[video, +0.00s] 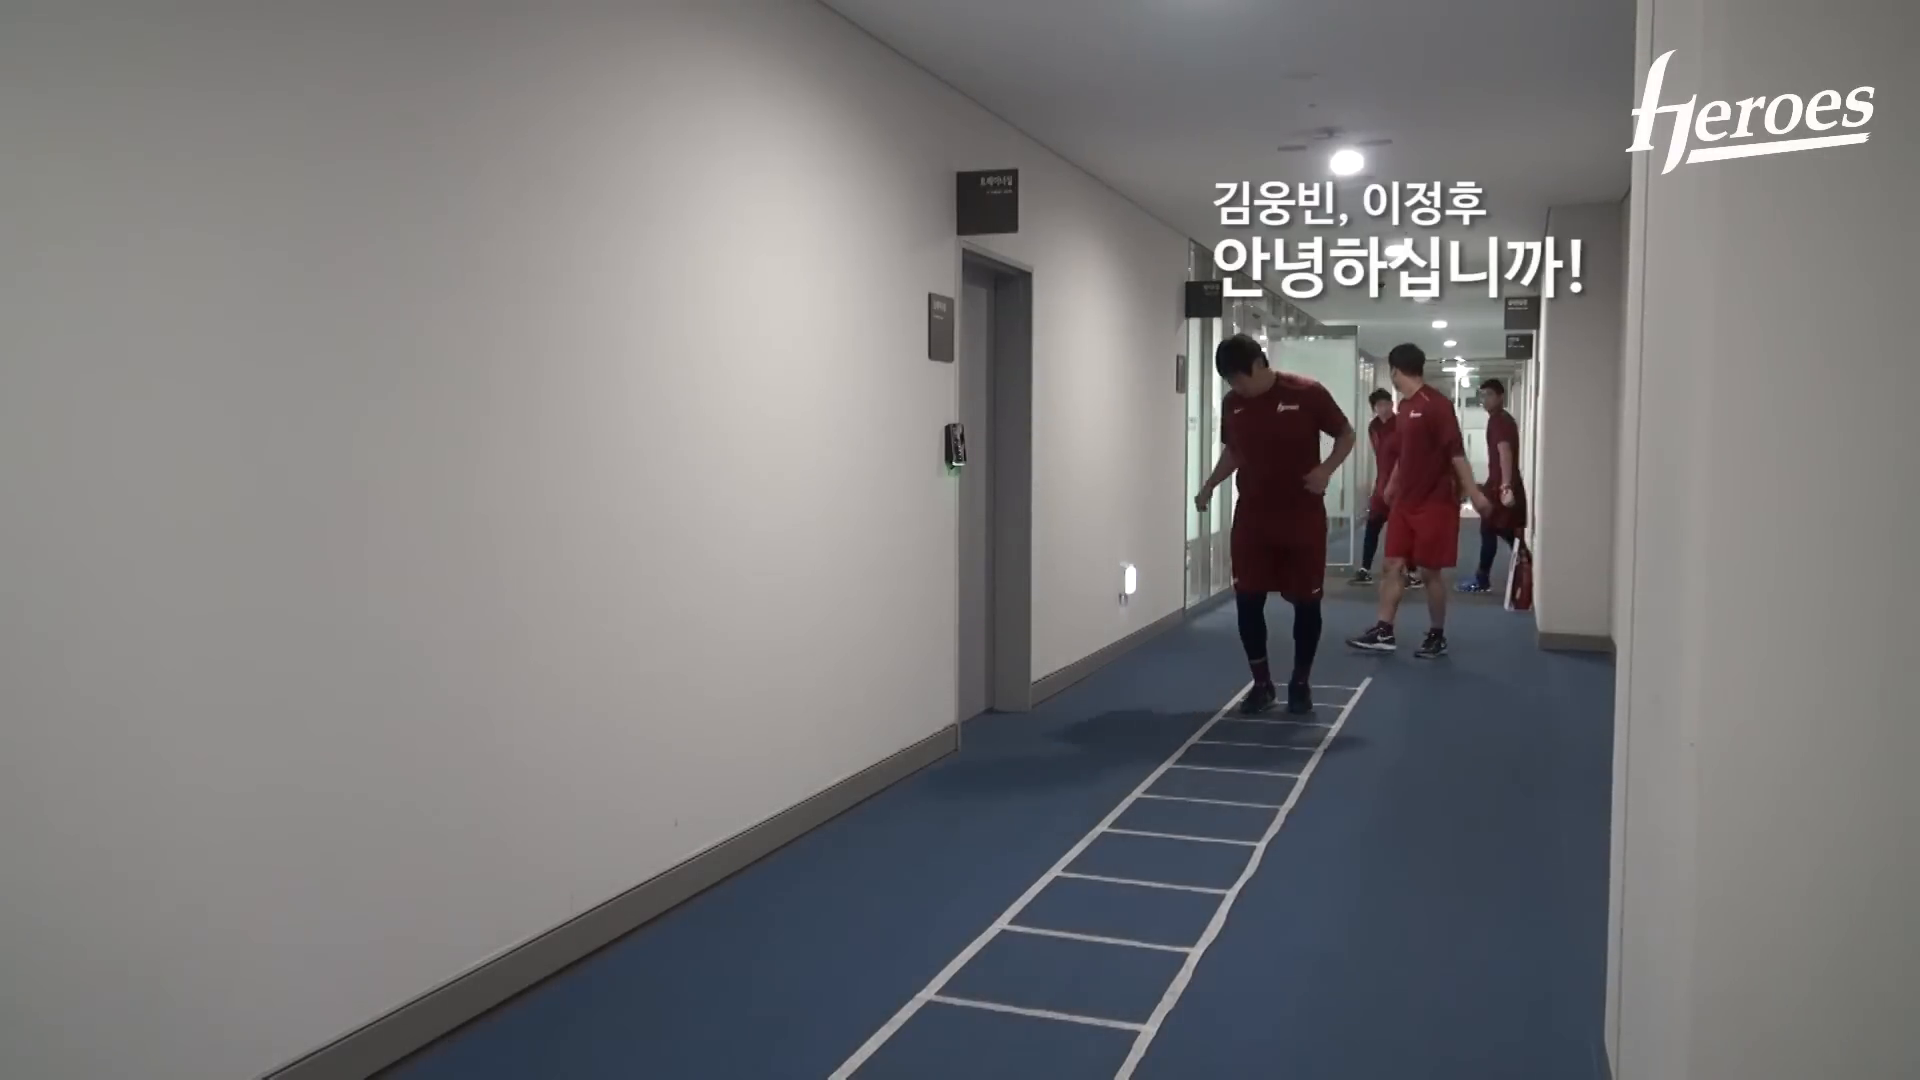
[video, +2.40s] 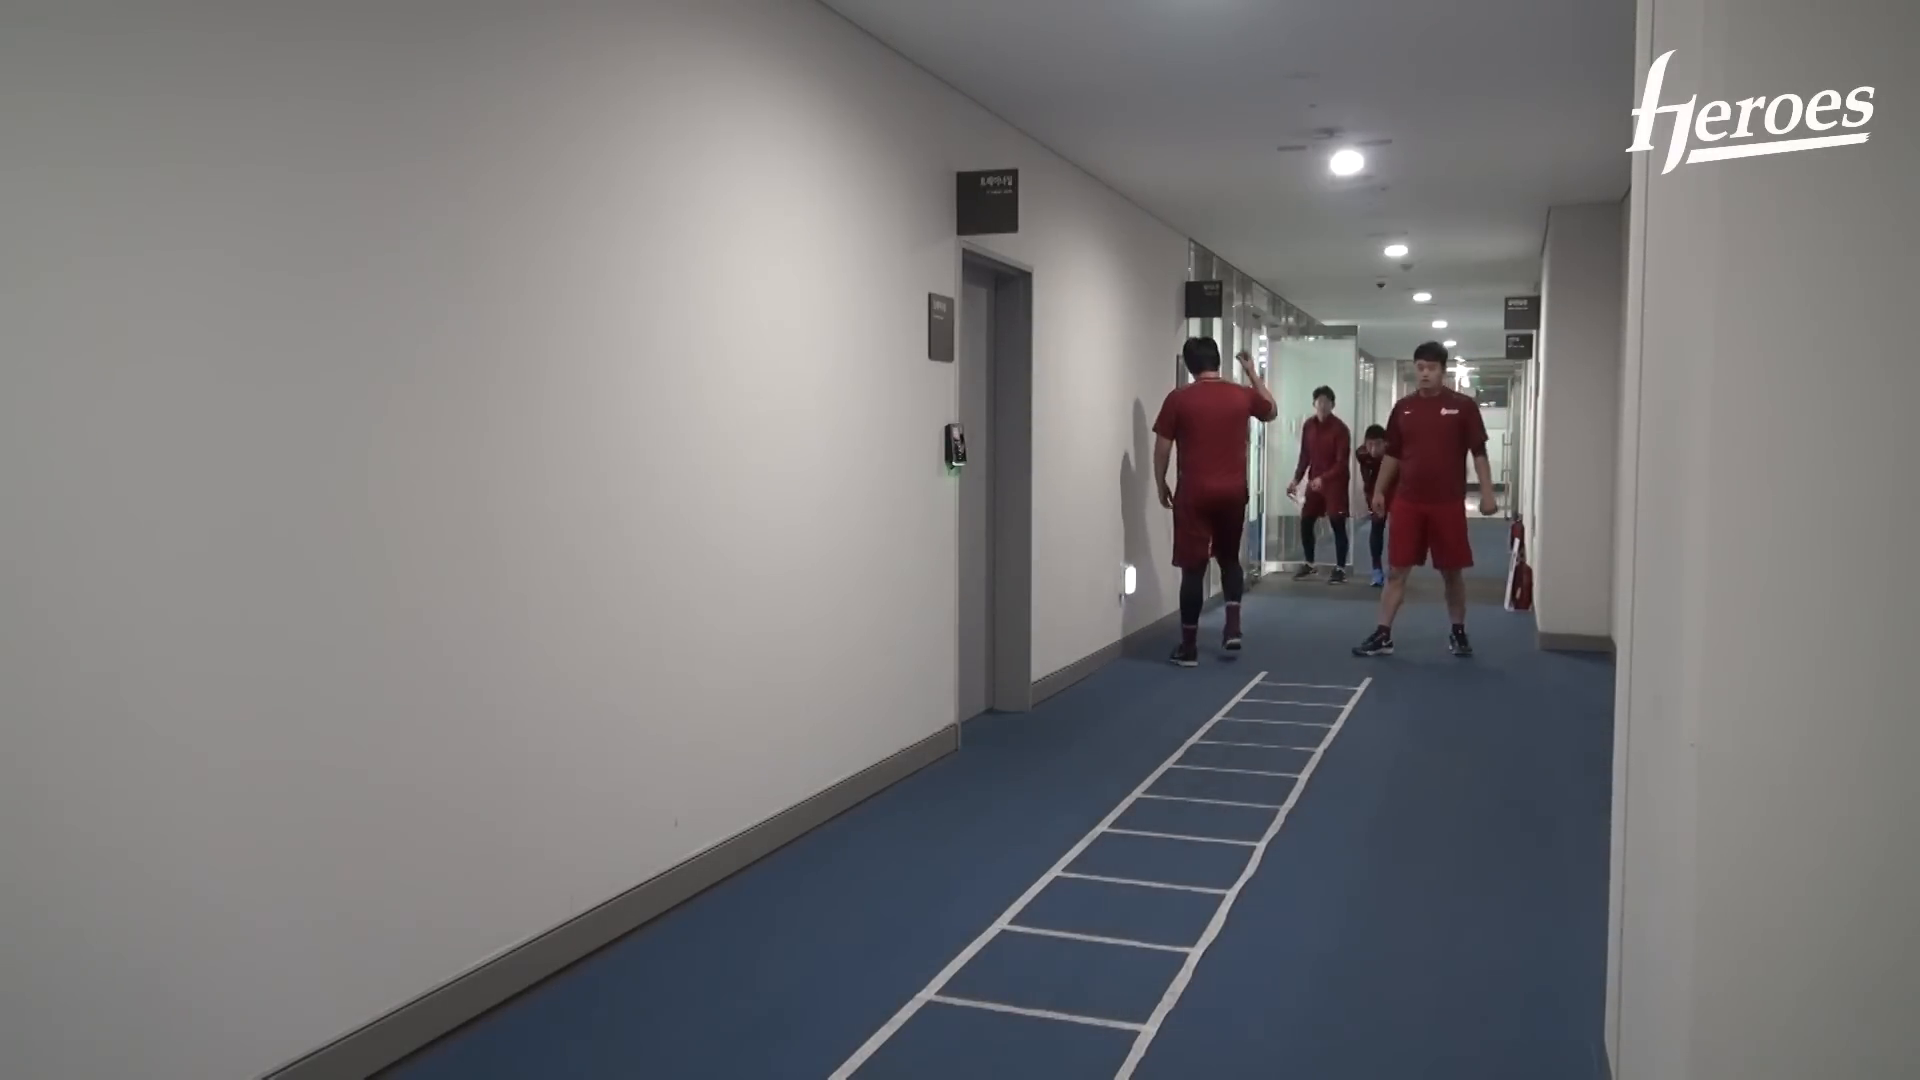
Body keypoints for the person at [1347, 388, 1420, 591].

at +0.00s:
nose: (1383, 409)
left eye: (1386, 404)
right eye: (1379, 405)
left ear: (1392, 405)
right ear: (1374, 408)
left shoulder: (1401, 425)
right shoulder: (1374, 428)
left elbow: (1407, 455)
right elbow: (1380, 456)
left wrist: (1400, 481)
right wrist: (1379, 483)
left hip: (1401, 485)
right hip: (1382, 485)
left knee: (1405, 527)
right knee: (1373, 525)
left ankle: (1412, 570)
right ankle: (1365, 568)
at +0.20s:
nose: (1365, 415)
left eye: (1367, 410)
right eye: (1361, 412)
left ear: (1374, 408)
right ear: (1357, 414)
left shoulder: (1391, 427)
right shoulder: (1357, 430)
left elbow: (1400, 455)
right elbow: (1355, 457)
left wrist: (1395, 482)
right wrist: (1356, 483)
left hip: (1388, 485)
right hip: (1368, 486)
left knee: (1386, 527)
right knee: (1366, 527)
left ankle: (1393, 568)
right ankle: (1363, 567)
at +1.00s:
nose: (1355, 410)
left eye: (1358, 405)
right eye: (1352, 406)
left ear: (1366, 406)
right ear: (1348, 409)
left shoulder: (1378, 425)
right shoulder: (1344, 427)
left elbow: (1385, 457)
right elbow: (1340, 455)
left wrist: (1386, 486)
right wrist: (1339, 479)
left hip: (1372, 486)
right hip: (1349, 485)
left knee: (1375, 527)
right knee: (1338, 523)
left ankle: (1375, 569)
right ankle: (1340, 563)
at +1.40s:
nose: (1337, 408)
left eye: (1340, 403)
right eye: (1333, 404)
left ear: (1345, 404)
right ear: (1326, 406)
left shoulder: (1359, 427)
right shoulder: (1322, 428)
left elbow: (1367, 457)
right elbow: (1316, 454)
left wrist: (1363, 481)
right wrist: (1319, 477)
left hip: (1353, 482)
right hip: (1330, 482)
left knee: (1358, 524)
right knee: (1326, 525)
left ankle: (1369, 567)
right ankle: (1323, 566)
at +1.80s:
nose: (1328, 436)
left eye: (1330, 432)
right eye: (1324, 432)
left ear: (1337, 426)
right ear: (1320, 430)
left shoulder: (1352, 438)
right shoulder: (1315, 441)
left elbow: (1356, 470)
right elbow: (1311, 468)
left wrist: (1342, 491)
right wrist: (1315, 490)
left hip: (1346, 491)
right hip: (1324, 490)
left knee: (1344, 527)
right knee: (1323, 528)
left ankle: (1342, 565)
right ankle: (1323, 565)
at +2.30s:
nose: (1325, 413)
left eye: (1329, 409)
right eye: (1322, 409)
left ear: (1335, 410)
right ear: (1317, 409)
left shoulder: (1345, 432)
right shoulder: (1311, 427)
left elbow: (1348, 465)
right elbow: (1306, 456)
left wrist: (1337, 488)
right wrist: (1301, 483)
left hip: (1339, 484)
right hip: (1318, 483)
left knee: (1339, 524)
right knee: (1313, 522)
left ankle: (1340, 566)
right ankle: (1317, 565)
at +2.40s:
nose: (1322, 405)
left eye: (1326, 401)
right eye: (1319, 401)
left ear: (1332, 404)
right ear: (1314, 403)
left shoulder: (1340, 429)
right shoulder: (1309, 426)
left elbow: (1342, 463)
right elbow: (1305, 456)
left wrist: (1322, 478)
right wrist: (1296, 480)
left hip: (1336, 484)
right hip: (1315, 483)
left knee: (1337, 522)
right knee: (1306, 520)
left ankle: (1340, 566)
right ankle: (1309, 563)